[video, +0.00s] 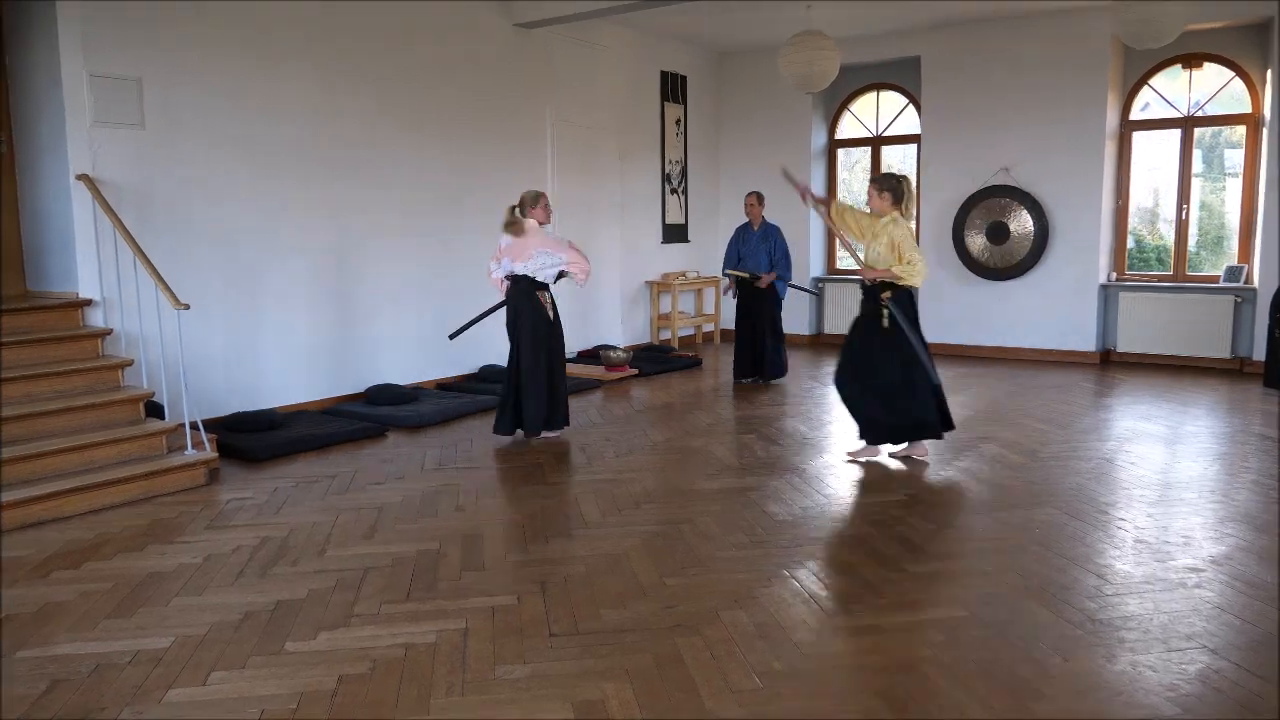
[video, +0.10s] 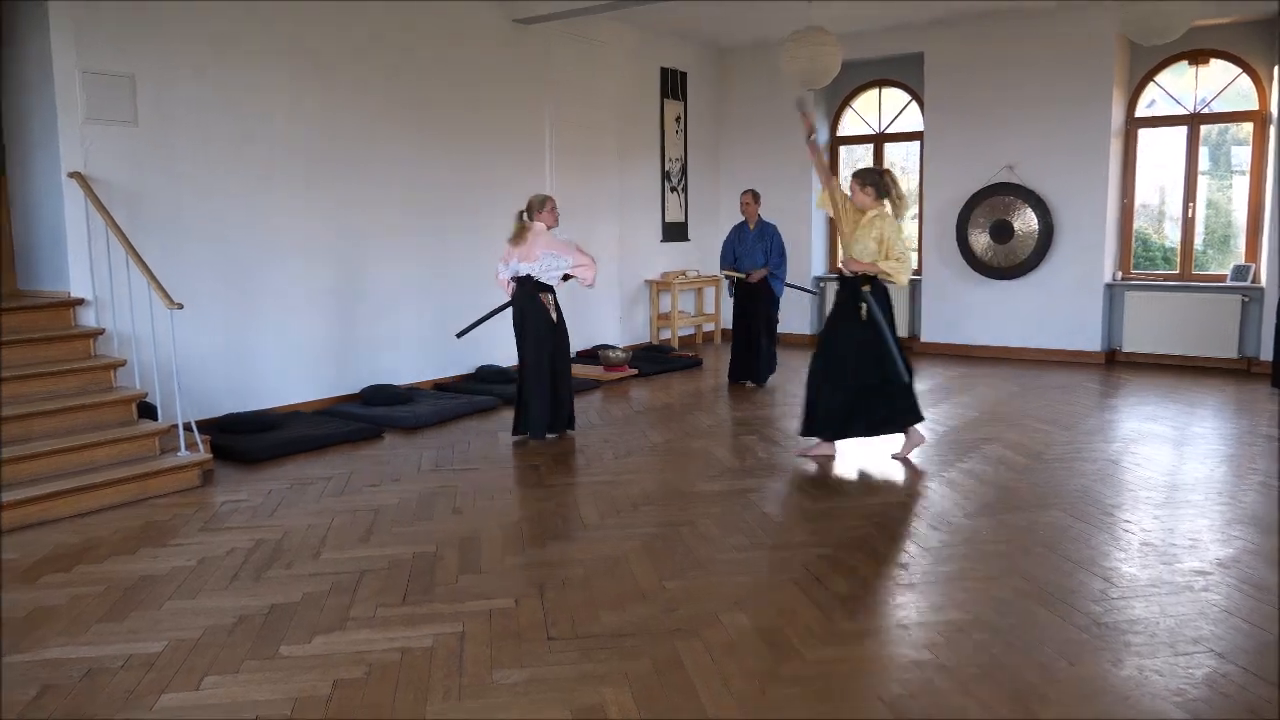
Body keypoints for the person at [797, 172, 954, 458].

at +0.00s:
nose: (868, 199)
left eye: (872, 195)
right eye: (868, 195)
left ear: (886, 197)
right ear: (883, 197)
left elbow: (916, 270)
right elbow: (843, 212)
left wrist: (879, 273)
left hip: (895, 303)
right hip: (874, 301)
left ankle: (919, 441)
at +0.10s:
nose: (851, 194)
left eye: (855, 189)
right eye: (851, 189)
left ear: (870, 191)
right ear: (861, 191)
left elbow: (901, 267)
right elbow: (828, 181)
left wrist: (863, 266)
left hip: (870, 295)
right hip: (848, 293)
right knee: (828, 360)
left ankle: (911, 429)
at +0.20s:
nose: (832, 189)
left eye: (836, 184)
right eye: (833, 184)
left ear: (851, 189)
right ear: (844, 188)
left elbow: (881, 266)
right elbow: (828, 169)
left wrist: (844, 263)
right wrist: (830, 124)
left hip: (845, 292)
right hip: (827, 291)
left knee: (845, 362)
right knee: (827, 362)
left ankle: (886, 424)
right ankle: (826, 442)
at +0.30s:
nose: (813, 192)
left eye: (817, 187)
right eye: (813, 187)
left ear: (833, 191)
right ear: (831, 191)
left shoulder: (847, 223)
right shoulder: (828, 215)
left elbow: (848, 267)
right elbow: (817, 173)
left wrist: (808, 252)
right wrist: (815, 126)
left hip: (830, 299)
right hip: (816, 296)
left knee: (824, 369)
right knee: (815, 368)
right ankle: (821, 440)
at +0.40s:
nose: (797, 197)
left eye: (802, 192)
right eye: (799, 191)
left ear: (819, 195)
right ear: (818, 195)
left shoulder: (828, 226)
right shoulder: (816, 217)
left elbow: (782, 251)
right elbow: (792, 183)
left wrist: (762, 221)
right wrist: (776, 143)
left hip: (810, 301)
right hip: (798, 297)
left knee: (799, 372)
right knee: (778, 365)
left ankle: (829, 447)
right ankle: (760, 432)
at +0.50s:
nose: (784, 191)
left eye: (789, 187)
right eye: (787, 187)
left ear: (804, 193)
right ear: (806, 192)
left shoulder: (804, 224)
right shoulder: (801, 214)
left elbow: (754, 234)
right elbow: (769, 204)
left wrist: (725, 212)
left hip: (787, 297)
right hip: (774, 293)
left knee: (795, 370)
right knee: (745, 359)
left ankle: (832, 444)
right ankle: (724, 428)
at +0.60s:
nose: (765, 184)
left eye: (769, 179)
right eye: (767, 179)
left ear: (782, 184)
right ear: (791, 186)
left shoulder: (783, 217)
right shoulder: (792, 213)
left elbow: (740, 241)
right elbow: (752, 228)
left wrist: (714, 233)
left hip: (769, 291)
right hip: (770, 288)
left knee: (778, 367)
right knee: (738, 359)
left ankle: (829, 438)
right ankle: (723, 431)